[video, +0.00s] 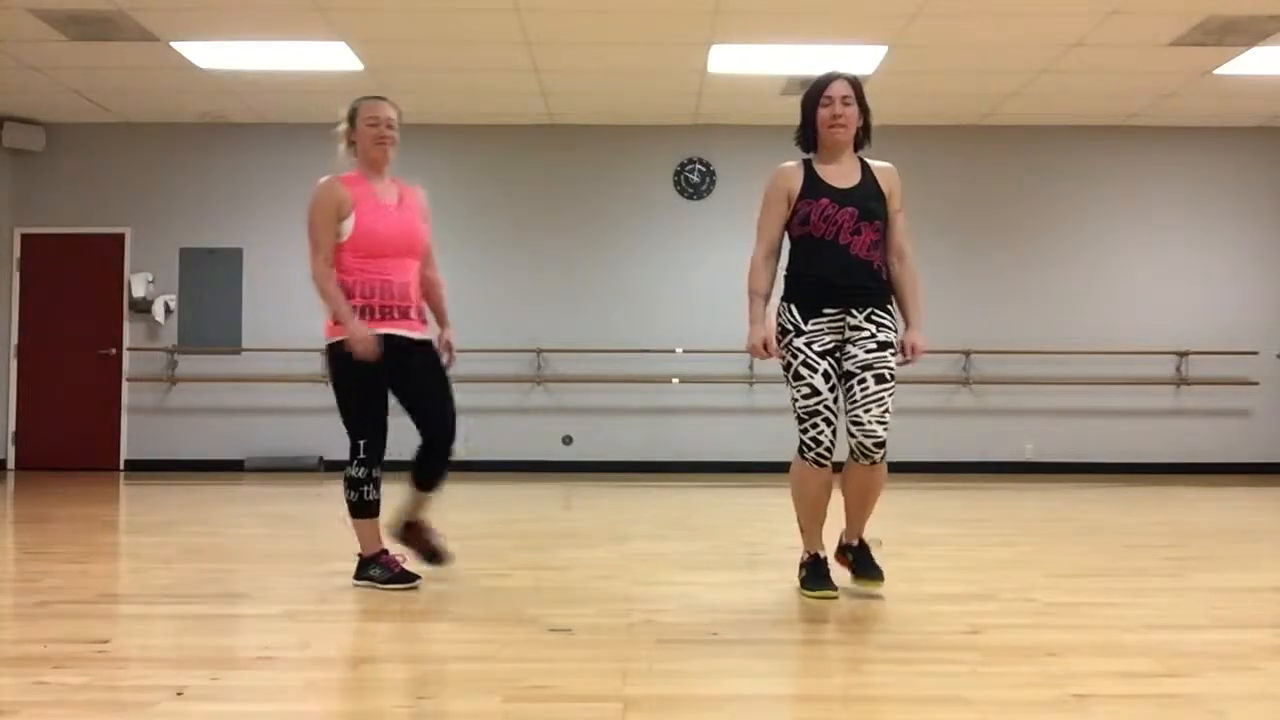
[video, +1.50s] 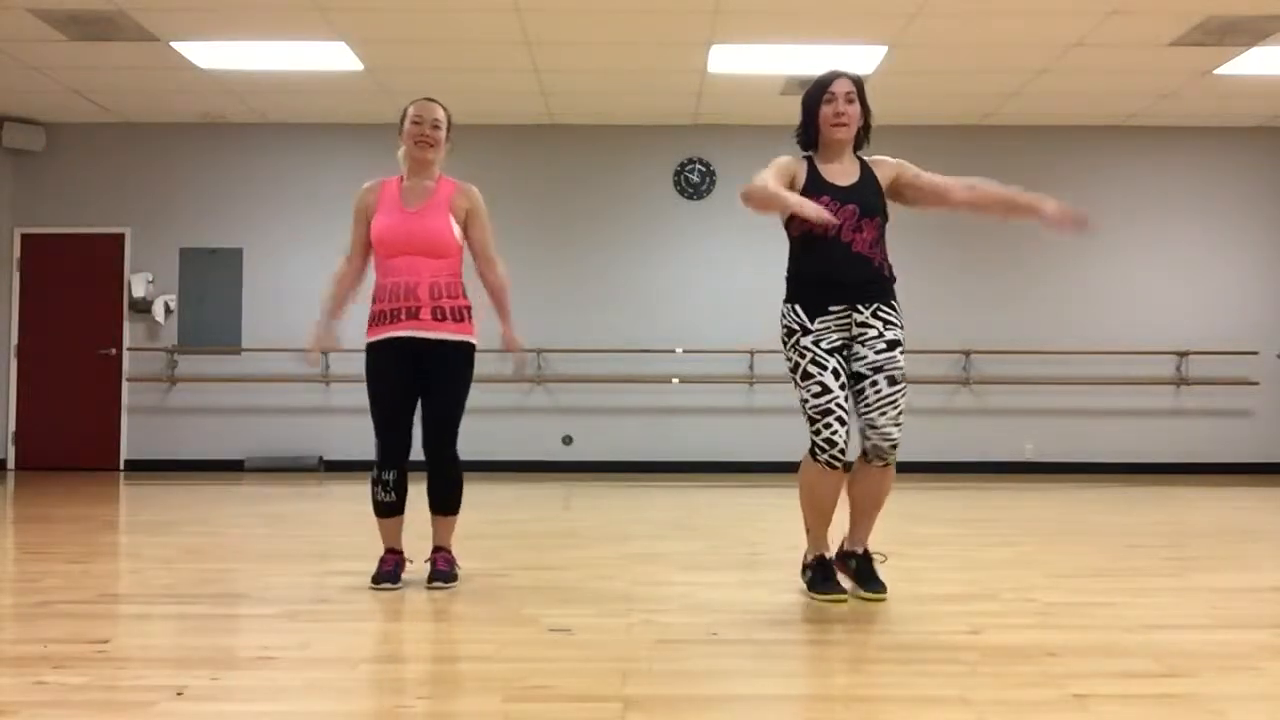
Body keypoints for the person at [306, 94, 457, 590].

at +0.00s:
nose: (384, 132)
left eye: (391, 126)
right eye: (373, 124)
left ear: (398, 136)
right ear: (351, 134)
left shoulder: (412, 196)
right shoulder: (333, 191)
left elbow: (426, 268)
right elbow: (321, 269)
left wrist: (444, 323)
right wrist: (350, 323)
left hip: (410, 338)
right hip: (356, 338)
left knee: (441, 430)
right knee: (368, 443)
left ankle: (412, 520)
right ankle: (371, 554)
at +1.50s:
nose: (425, 130)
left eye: (435, 124)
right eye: (417, 122)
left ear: (447, 138)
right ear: (400, 134)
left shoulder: (464, 196)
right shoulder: (372, 196)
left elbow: (489, 267)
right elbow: (354, 264)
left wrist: (507, 326)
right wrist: (327, 319)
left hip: (449, 339)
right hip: (389, 339)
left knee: (440, 446)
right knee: (391, 448)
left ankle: (443, 552)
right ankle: (391, 552)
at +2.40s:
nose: (423, 128)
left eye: (432, 122)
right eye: (414, 121)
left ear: (446, 136)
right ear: (400, 133)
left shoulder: (463, 188)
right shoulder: (374, 186)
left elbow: (519, 189)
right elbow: (300, 195)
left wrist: (528, 182)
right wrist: (238, 200)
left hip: (446, 337)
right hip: (387, 335)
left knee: (437, 445)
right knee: (390, 449)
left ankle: (436, 550)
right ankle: (396, 552)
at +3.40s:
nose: (411, 125)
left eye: (421, 120)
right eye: (403, 119)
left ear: (435, 135)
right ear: (389, 132)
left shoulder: (454, 184)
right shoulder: (368, 183)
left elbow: (528, 182)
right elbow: (297, 177)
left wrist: (593, 180)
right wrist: (320, 154)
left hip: (442, 333)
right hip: (384, 333)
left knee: (430, 442)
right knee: (391, 447)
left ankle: (430, 545)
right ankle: (398, 552)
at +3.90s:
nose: (415, 132)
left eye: (425, 126)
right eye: (407, 125)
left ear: (440, 140)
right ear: (393, 138)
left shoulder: (459, 189)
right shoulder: (372, 191)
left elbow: (534, 187)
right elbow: (301, 195)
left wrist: (603, 184)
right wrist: (329, 169)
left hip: (449, 336)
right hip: (389, 336)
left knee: (442, 447)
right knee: (393, 447)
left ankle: (431, 550)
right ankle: (396, 544)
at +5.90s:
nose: (416, 129)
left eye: (425, 124)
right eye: (407, 123)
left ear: (440, 137)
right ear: (394, 137)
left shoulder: (455, 183)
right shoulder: (380, 181)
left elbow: (479, 105)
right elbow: (350, 112)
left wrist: (502, 32)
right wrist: (326, 45)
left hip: (445, 330)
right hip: (387, 331)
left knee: (436, 443)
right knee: (393, 446)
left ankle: (432, 548)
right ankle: (401, 550)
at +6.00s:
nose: (415, 129)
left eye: (425, 124)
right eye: (406, 123)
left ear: (438, 137)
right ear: (393, 137)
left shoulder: (455, 184)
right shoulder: (378, 182)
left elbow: (487, 120)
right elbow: (339, 118)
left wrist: (518, 53)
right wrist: (304, 50)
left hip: (443, 335)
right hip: (385, 334)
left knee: (432, 443)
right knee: (393, 446)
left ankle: (432, 543)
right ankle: (401, 550)